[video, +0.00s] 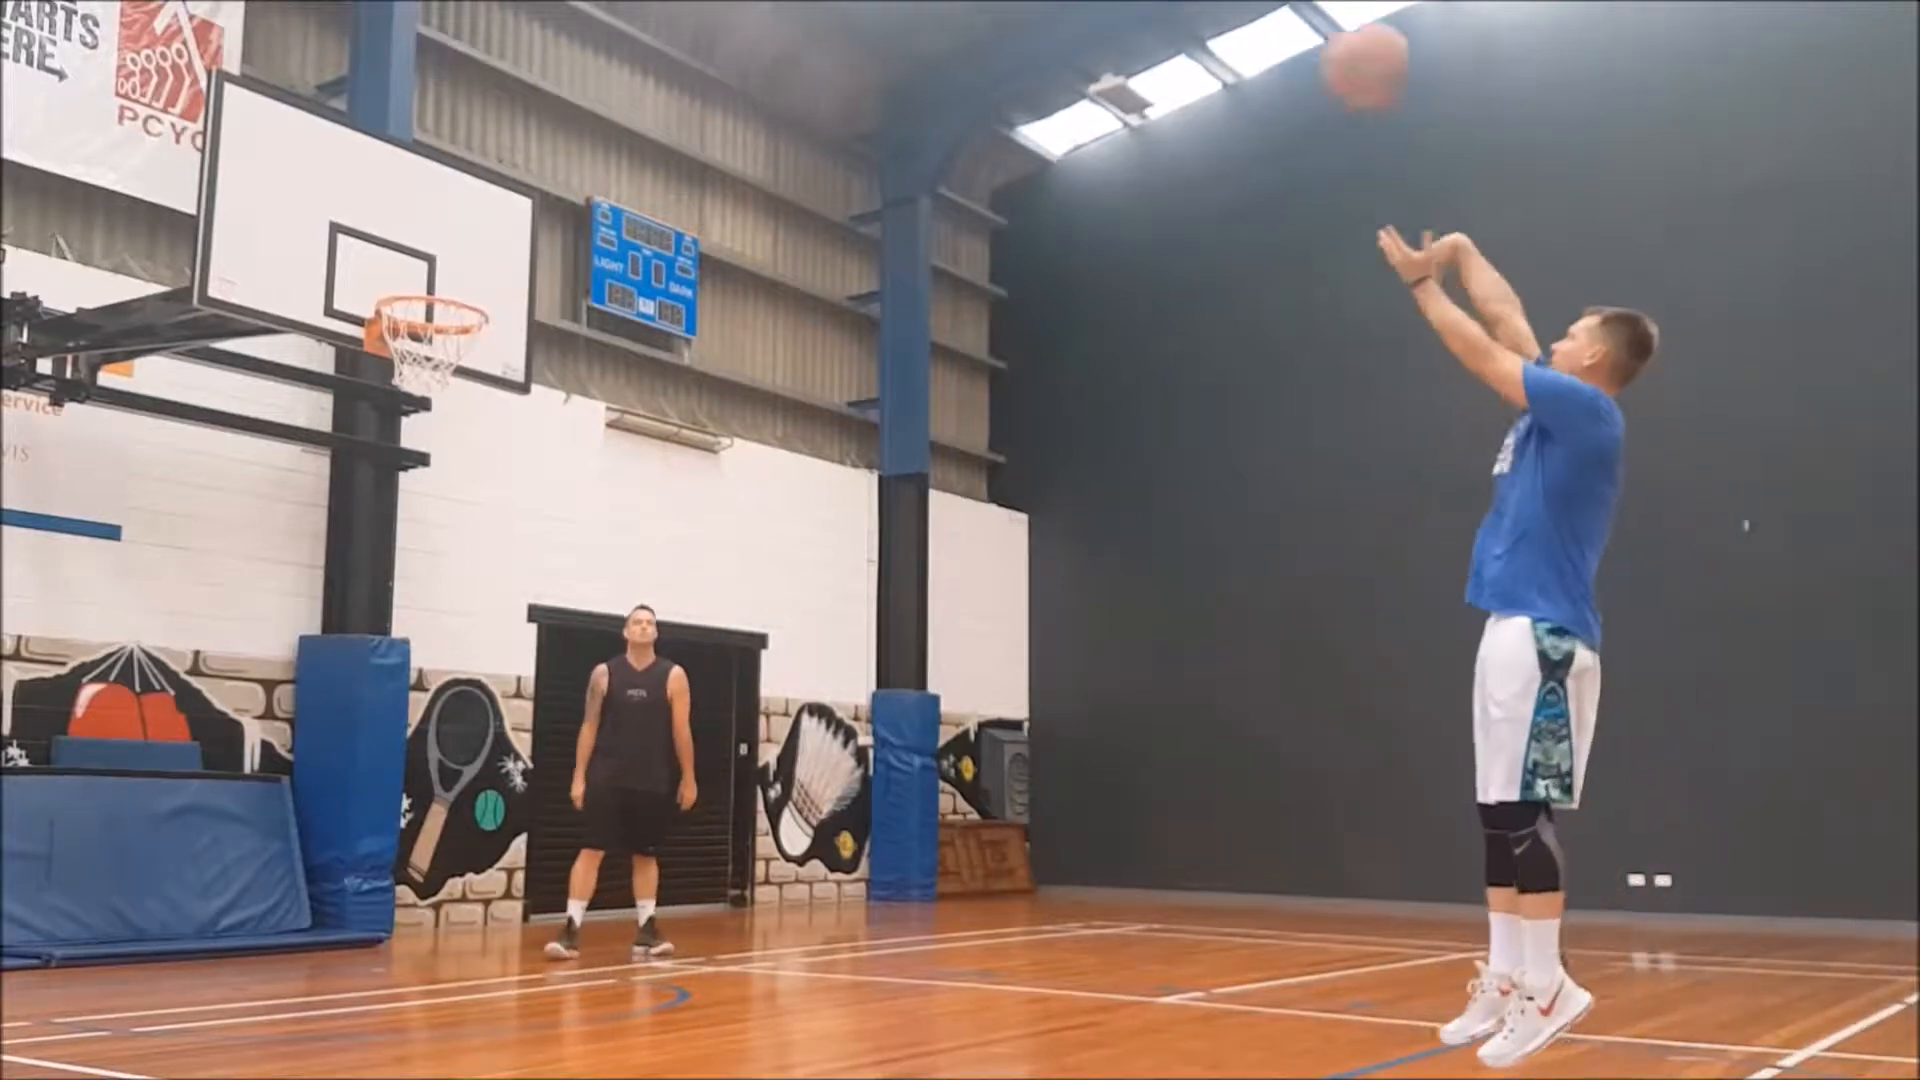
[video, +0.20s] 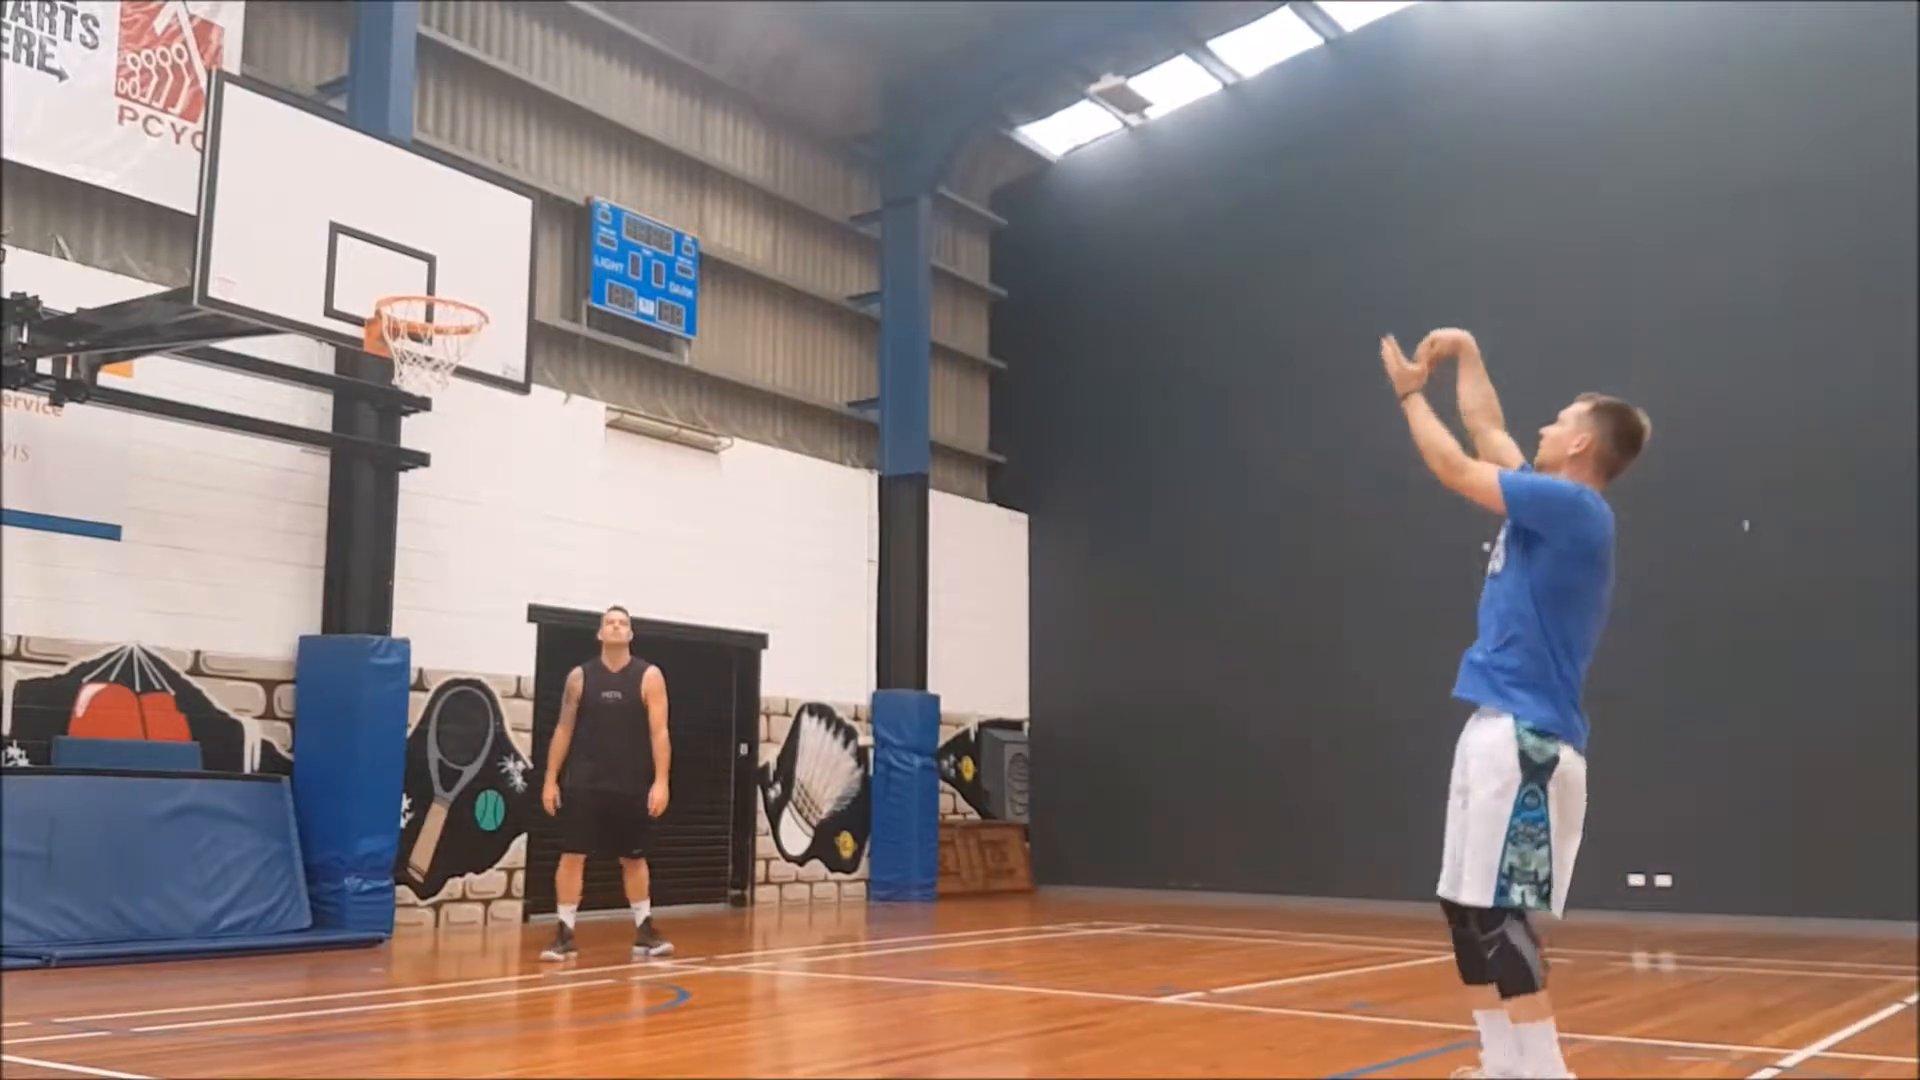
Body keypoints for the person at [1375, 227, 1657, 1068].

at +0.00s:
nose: (1560, 337)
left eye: (1574, 332)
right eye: (1570, 330)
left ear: (1593, 354)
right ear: (1592, 357)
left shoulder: (1585, 408)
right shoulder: (1562, 403)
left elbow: (1485, 355)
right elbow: (1506, 317)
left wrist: (1423, 285)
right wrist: (1463, 252)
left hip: (1544, 641)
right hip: (1511, 633)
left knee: (1524, 815)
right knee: (1498, 813)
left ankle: (1547, 989)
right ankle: (1503, 983)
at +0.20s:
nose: (1543, 429)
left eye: (1558, 421)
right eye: (1554, 420)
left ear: (1582, 442)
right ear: (1587, 447)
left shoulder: (1572, 508)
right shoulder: (1553, 504)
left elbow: (1456, 471)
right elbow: (1487, 431)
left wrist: (1409, 393)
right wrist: (1468, 351)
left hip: (1527, 744)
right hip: (1495, 736)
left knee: (1497, 911)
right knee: (1462, 905)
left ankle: (1544, 1068)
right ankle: (1502, 1064)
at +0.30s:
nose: (1546, 460)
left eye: (1562, 452)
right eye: (1558, 451)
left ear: (1585, 476)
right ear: (1590, 483)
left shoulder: (1576, 549)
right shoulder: (1566, 548)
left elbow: (1448, 555)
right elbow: (1468, 522)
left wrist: (1415, 475)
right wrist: (1475, 438)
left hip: (1529, 770)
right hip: (1501, 765)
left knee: (1481, 942)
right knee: (1449, 933)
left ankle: (1548, 1072)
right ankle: (1507, 1070)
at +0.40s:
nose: (1557, 447)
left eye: (1570, 439)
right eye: (1567, 437)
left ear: (1592, 461)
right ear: (1599, 466)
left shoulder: (1581, 540)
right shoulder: (1587, 541)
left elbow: (1466, 612)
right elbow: (1476, 600)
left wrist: (1412, 557)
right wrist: (1480, 514)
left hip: (1542, 757)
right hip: (1514, 749)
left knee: (1489, 918)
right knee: (1447, 906)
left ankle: (1552, 1071)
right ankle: (1507, 1064)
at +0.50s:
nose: (1566, 433)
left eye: (1579, 425)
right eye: (1576, 423)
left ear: (1600, 447)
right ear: (1609, 453)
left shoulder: (1585, 528)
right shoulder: (1601, 530)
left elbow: (1509, 635)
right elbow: (1522, 640)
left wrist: (1414, 649)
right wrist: (1457, 602)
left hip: (1555, 750)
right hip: (1531, 743)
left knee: (1508, 908)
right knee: (1461, 895)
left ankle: (1559, 1069)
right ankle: (1536, 1053)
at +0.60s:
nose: (1574, 431)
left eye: (1588, 424)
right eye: (1583, 422)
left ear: (1611, 448)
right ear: (1618, 455)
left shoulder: (1600, 527)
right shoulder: (1607, 527)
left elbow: (1565, 645)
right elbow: (1562, 652)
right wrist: (1490, 700)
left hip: (1575, 755)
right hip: (1547, 749)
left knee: (1533, 924)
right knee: (1487, 904)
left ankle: (1562, 1070)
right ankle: (1620, 1041)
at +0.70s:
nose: (1586, 431)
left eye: (1601, 425)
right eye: (1596, 422)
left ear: (1626, 450)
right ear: (1631, 457)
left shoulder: (1620, 530)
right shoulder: (1634, 529)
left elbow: (1628, 647)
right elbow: (1624, 650)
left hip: (1578, 765)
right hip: (1592, 762)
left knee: (1547, 929)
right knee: (1581, 932)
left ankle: (1560, 1072)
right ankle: (1699, 1040)